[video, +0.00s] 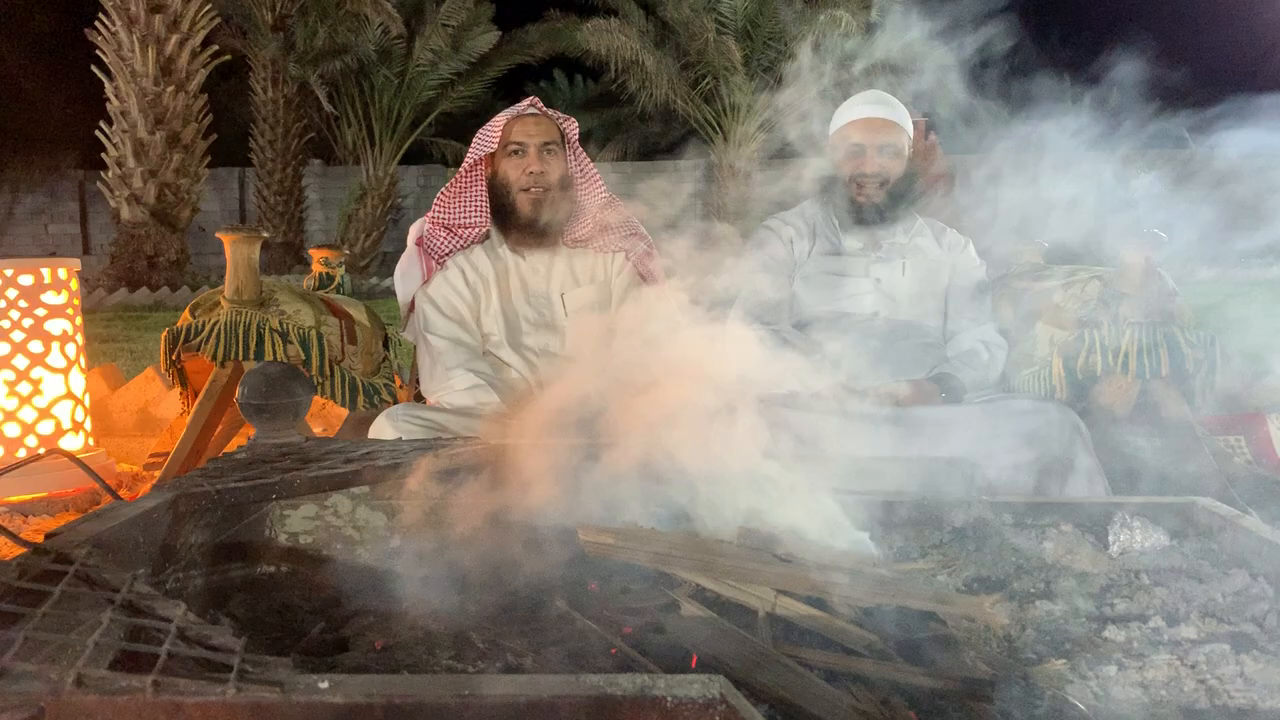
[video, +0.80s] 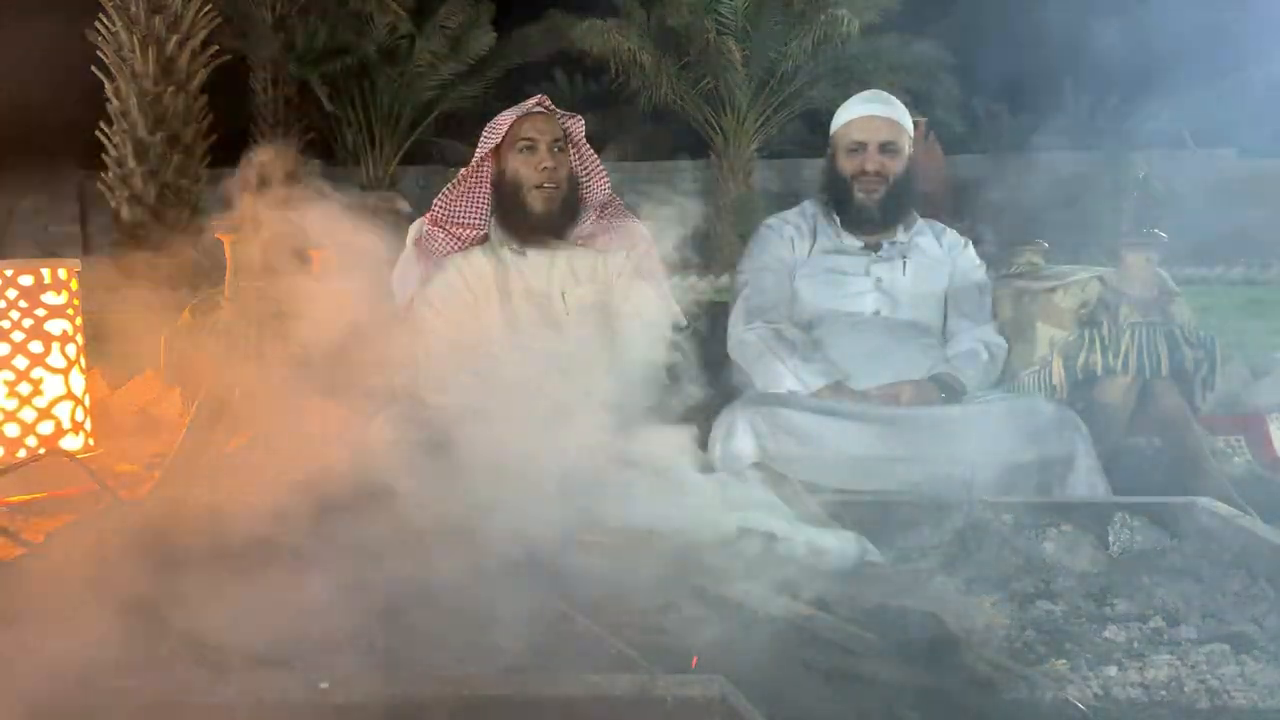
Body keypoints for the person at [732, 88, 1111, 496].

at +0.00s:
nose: (869, 167)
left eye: (886, 153)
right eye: (855, 152)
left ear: (909, 162)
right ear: (833, 155)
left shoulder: (951, 249)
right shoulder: (788, 235)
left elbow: (983, 350)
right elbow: (748, 339)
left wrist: (931, 390)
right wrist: (817, 388)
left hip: (930, 421)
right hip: (822, 417)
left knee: (1053, 426)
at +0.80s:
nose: (871, 165)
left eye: (888, 150)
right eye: (855, 150)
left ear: (909, 160)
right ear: (833, 159)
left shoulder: (951, 248)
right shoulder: (785, 235)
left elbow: (980, 340)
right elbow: (754, 333)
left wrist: (939, 387)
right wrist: (833, 396)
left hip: (936, 419)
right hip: (825, 418)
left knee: (1056, 426)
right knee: (740, 426)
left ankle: (1091, 569)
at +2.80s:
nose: (872, 167)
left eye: (888, 153)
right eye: (857, 152)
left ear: (910, 161)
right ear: (835, 157)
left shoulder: (952, 249)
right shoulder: (786, 236)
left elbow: (981, 343)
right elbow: (754, 338)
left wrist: (938, 389)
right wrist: (838, 397)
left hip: (935, 421)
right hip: (821, 418)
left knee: (1054, 425)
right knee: (745, 433)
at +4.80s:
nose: (839, 167)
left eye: (858, 153)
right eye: (833, 152)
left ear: (903, 162)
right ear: (824, 156)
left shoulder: (952, 251)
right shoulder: (782, 238)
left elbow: (982, 348)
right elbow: (752, 342)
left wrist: (927, 391)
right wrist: (821, 392)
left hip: (933, 422)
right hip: (819, 418)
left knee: (1056, 428)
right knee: (739, 425)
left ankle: (1085, 575)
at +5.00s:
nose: (838, 167)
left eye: (857, 154)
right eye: (832, 152)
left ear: (901, 163)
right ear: (823, 156)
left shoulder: (952, 251)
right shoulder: (784, 237)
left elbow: (983, 345)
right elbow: (750, 343)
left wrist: (934, 387)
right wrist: (825, 392)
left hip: (931, 427)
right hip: (822, 427)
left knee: (1053, 427)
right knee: (741, 425)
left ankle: (1092, 574)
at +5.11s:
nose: (837, 166)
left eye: (857, 153)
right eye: (832, 151)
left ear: (900, 164)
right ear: (822, 156)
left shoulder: (952, 251)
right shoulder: (784, 236)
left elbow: (982, 342)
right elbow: (750, 335)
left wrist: (941, 384)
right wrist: (828, 394)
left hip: (934, 427)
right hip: (826, 428)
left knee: (1054, 427)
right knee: (741, 430)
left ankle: (1080, 579)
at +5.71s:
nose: (839, 168)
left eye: (861, 154)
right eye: (834, 152)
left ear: (905, 164)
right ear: (825, 155)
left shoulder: (952, 248)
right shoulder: (784, 234)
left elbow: (980, 342)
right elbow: (757, 330)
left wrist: (938, 388)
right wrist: (833, 394)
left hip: (934, 418)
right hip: (824, 414)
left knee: (1054, 426)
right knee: (760, 435)